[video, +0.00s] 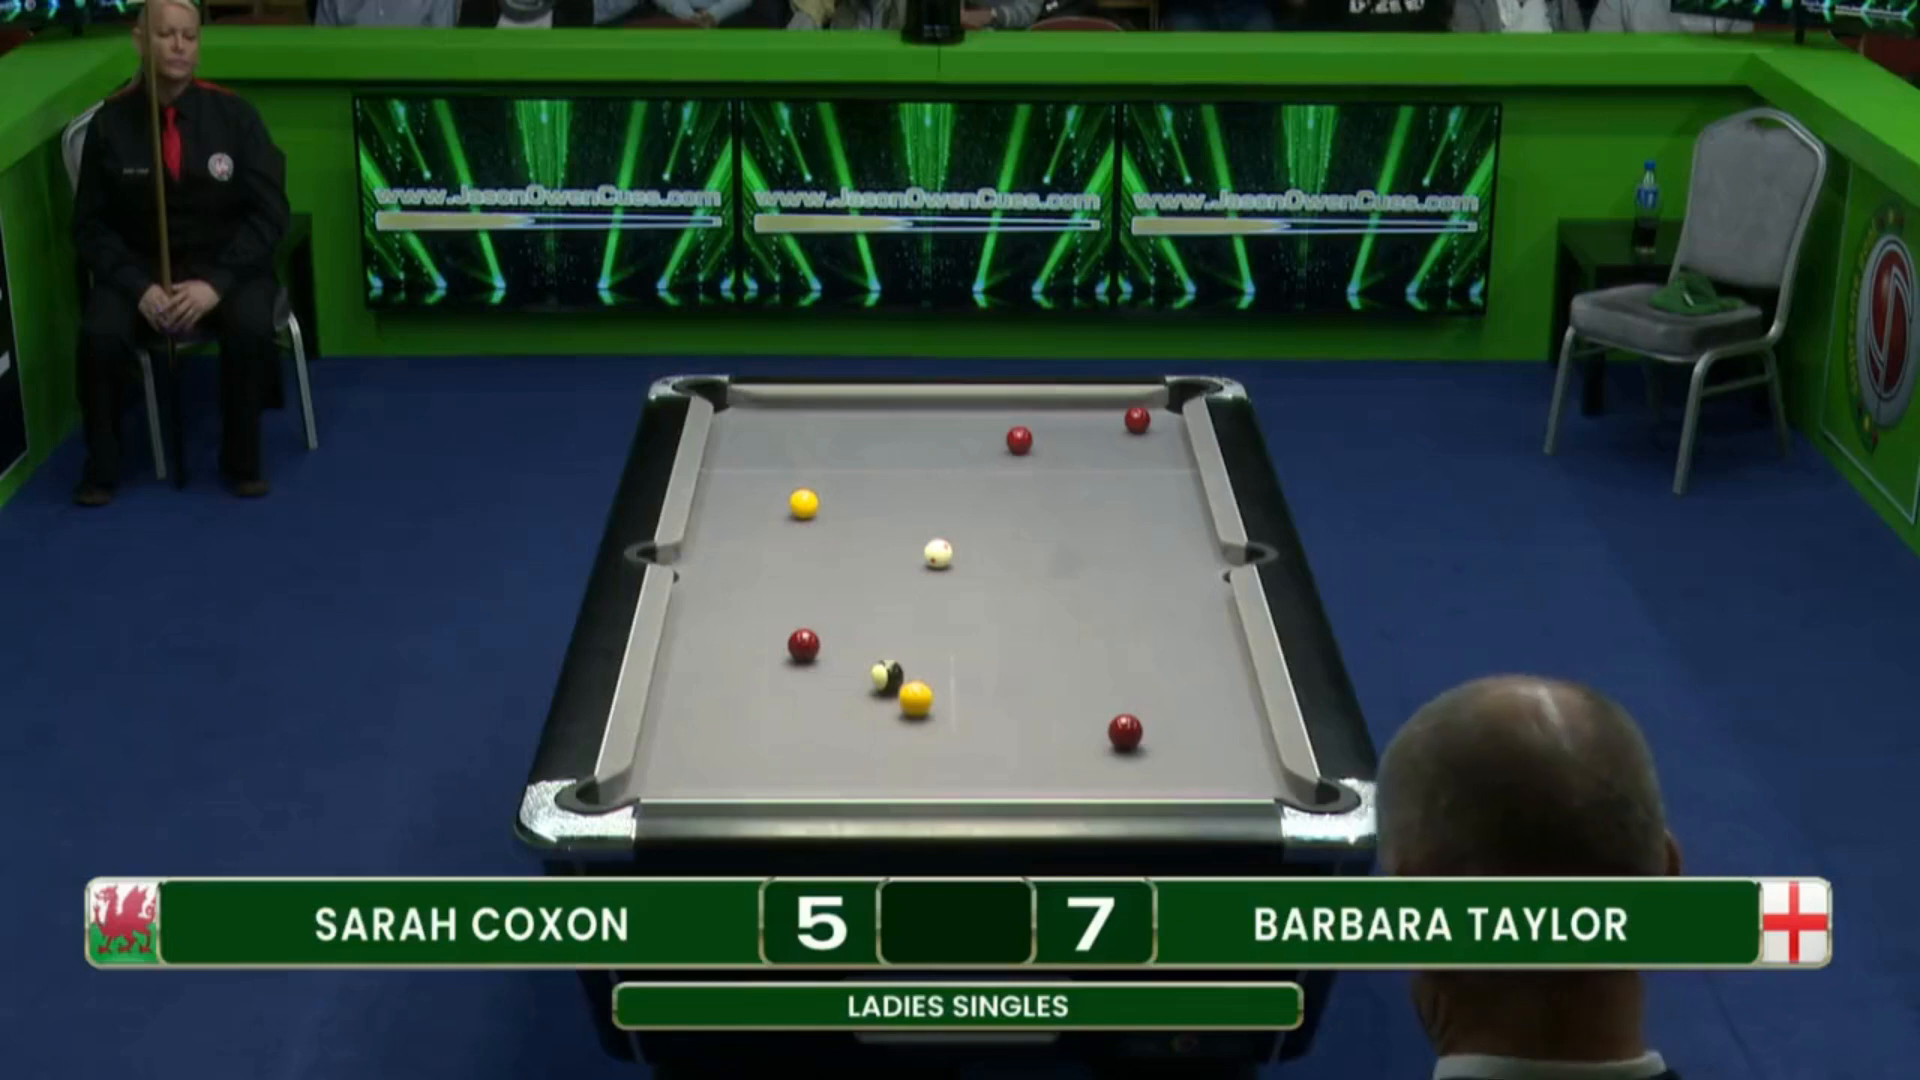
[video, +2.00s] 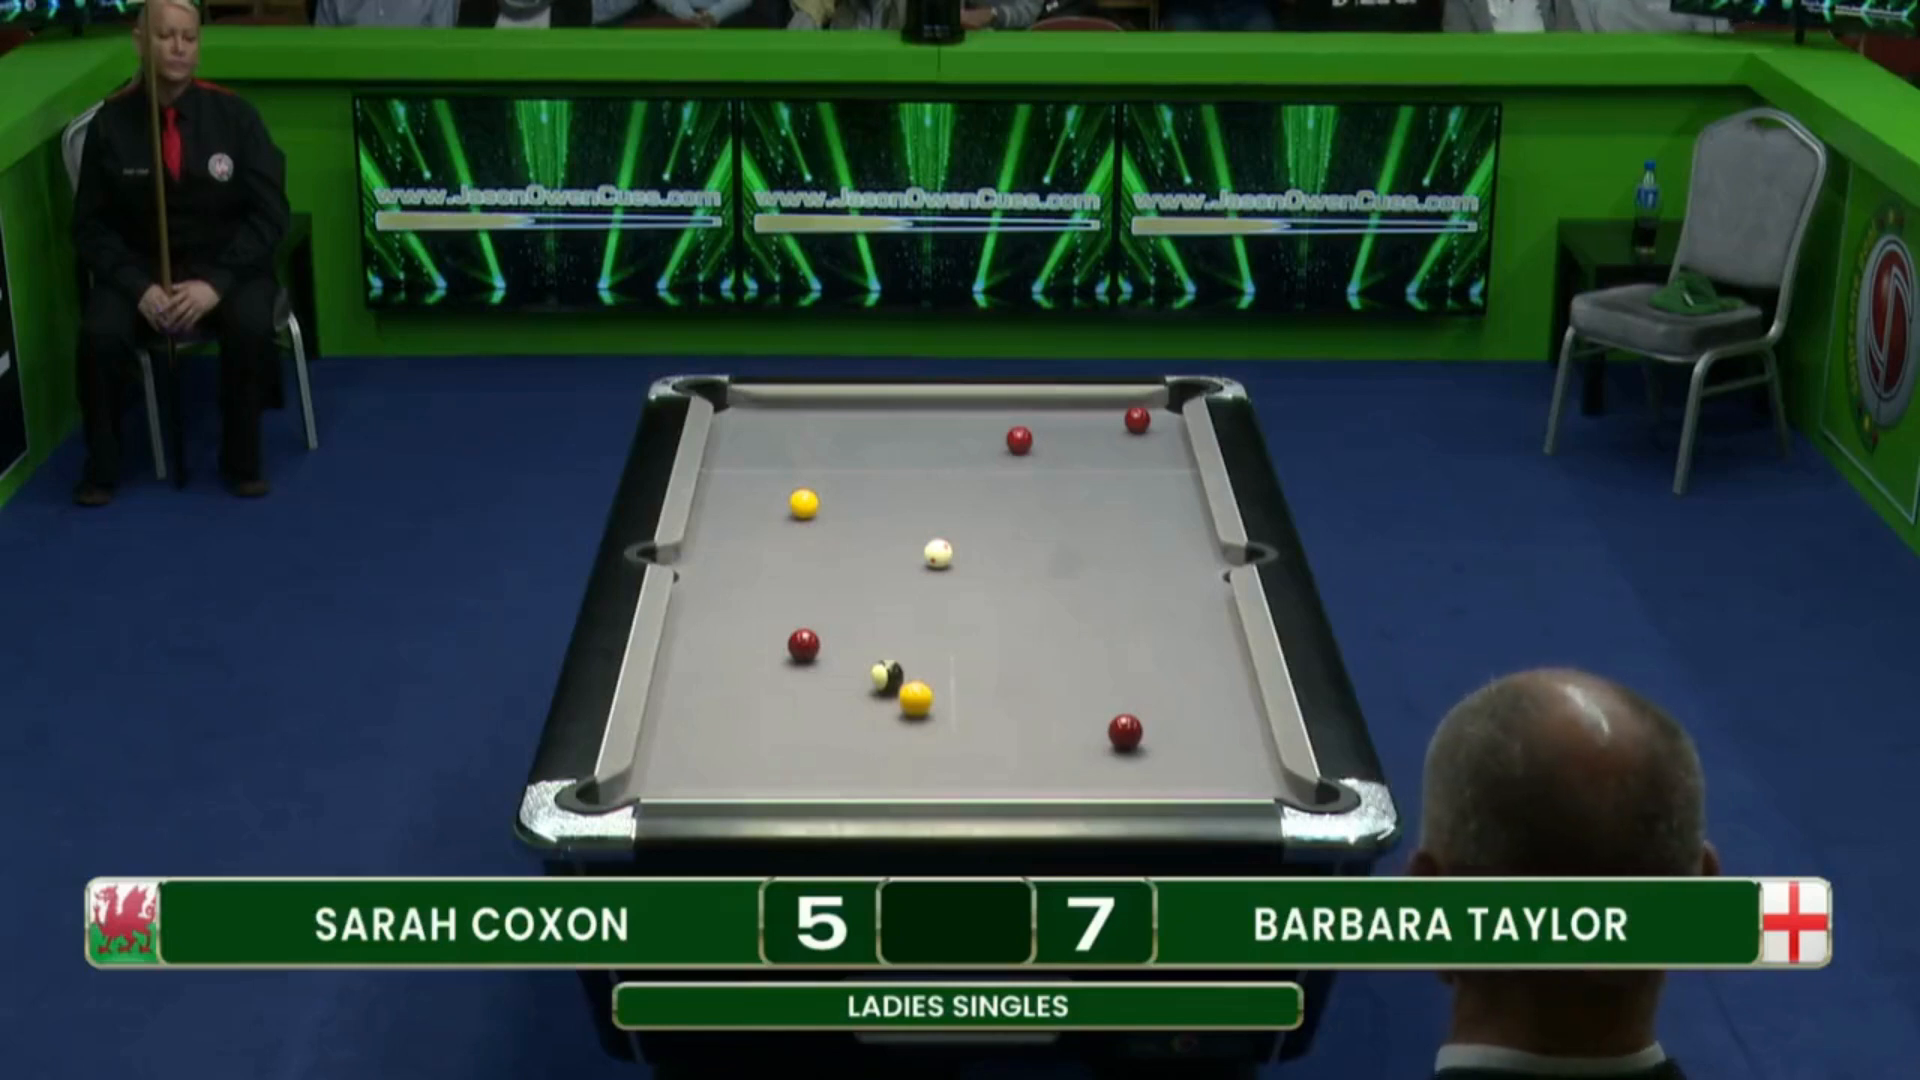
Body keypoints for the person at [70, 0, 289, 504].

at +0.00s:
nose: (180, 47)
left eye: (189, 36)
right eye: (166, 35)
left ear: (199, 43)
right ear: (141, 40)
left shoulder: (235, 115)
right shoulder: (111, 121)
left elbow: (269, 214)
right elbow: (90, 226)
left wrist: (213, 283)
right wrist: (140, 287)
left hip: (221, 268)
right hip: (138, 274)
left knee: (249, 327)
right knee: (102, 333)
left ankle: (243, 462)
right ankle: (101, 468)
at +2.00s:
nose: (180, 48)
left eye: (189, 37)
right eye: (166, 36)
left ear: (199, 44)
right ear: (141, 41)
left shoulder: (234, 115)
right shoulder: (111, 122)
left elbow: (269, 214)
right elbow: (90, 226)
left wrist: (213, 283)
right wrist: (140, 287)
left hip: (221, 267)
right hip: (138, 274)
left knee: (249, 326)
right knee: (102, 333)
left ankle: (243, 462)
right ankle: (101, 468)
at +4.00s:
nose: (179, 48)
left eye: (189, 38)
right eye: (165, 37)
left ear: (199, 44)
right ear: (141, 42)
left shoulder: (235, 115)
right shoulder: (111, 122)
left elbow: (269, 214)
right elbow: (90, 226)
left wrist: (214, 283)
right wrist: (140, 287)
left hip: (221, 267)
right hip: (138, 273)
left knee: (249, 329)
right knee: (101, 335)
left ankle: (244, 461)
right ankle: (101, 467)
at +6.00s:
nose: (179, 48)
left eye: (189, 38)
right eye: (165, 37)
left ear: (199, 44)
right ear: (140, 41)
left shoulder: (234, 115)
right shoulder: (112, 121)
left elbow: (269, 215)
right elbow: (91, 226)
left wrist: (214, 284)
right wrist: (140, 287)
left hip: (221, 268)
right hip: (139, 274)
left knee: (248, 328)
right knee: (101, 336)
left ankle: (243, 463)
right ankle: (101, 469)